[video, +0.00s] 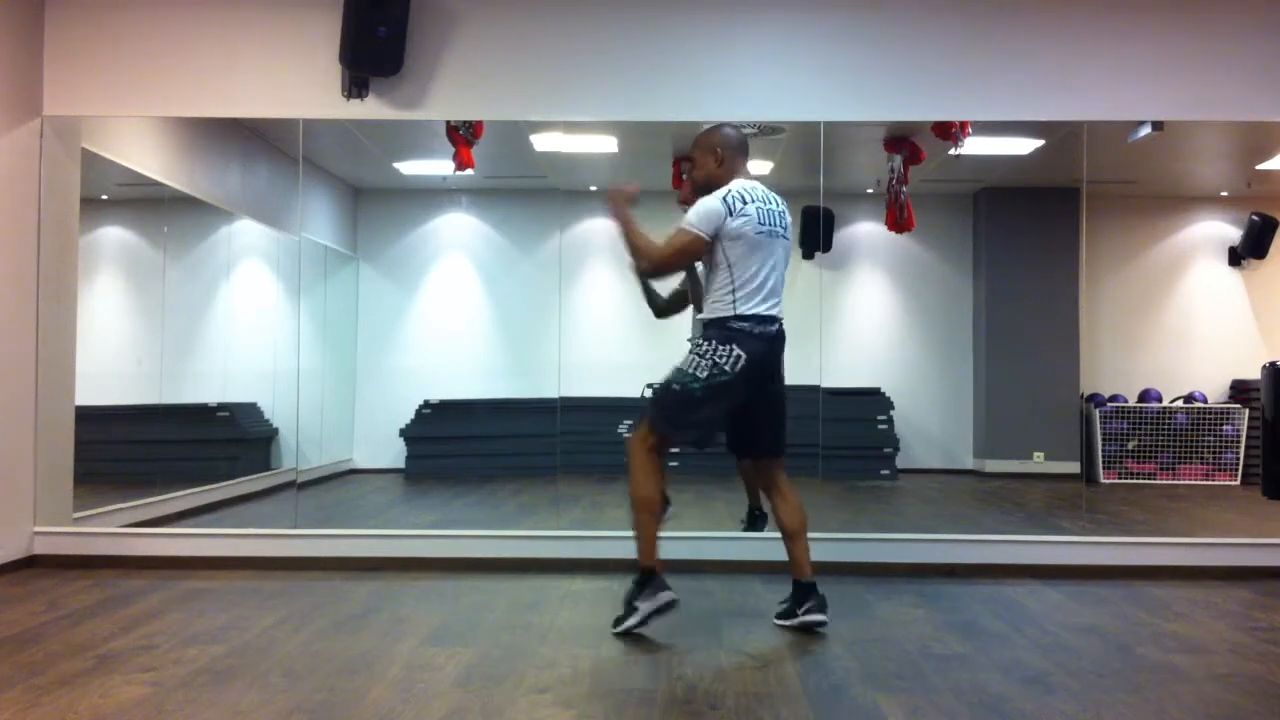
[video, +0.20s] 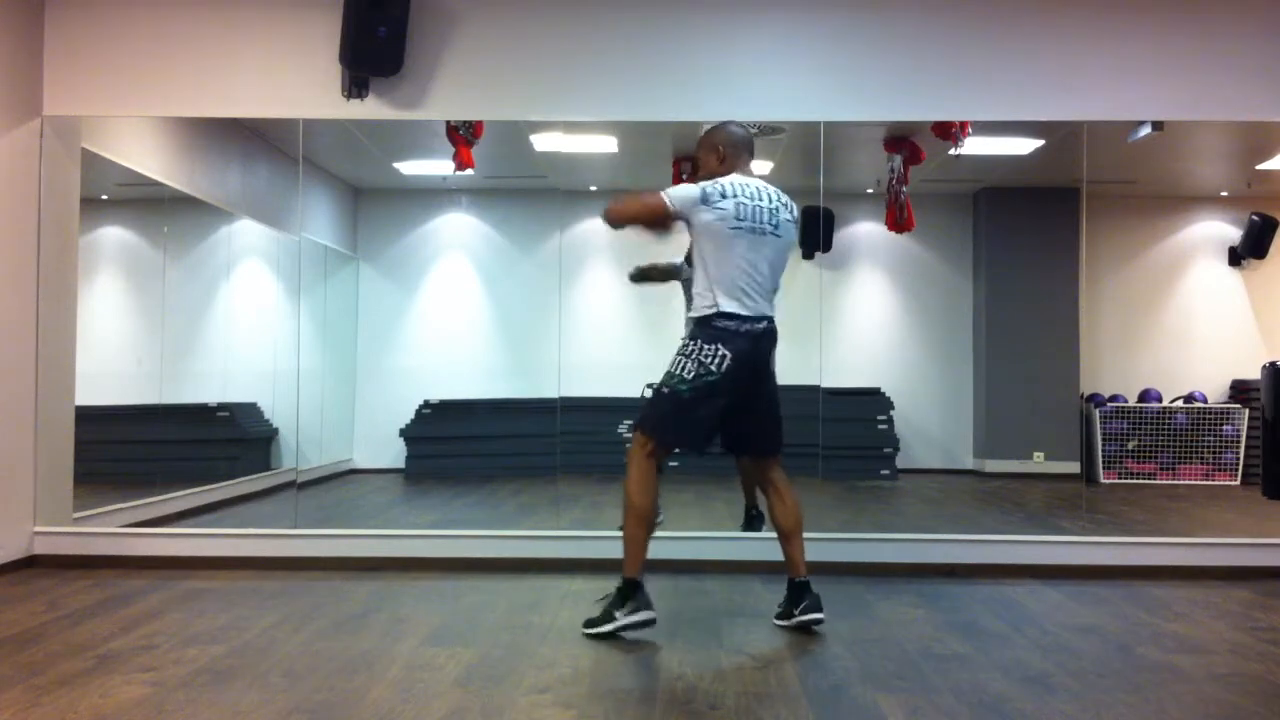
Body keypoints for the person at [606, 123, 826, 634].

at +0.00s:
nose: (692, 170)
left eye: (695, 161)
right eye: (692, 162)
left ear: (718, 157)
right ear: (739, 158)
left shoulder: (719, 202)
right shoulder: (778, 207)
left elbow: (654, 262)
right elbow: (744, 275)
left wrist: (622, 215)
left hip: (724, 347)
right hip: (768, 349)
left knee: (644, 441)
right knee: (771, 471)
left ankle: (649, 580)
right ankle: (806, 591)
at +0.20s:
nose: (697, 167)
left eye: (700, 159)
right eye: (699, 160)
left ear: (718, 156)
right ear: (746, 156)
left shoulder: (705, 193)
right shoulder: (785, 205)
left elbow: (615, 212)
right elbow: (752, 262)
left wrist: (653, 213)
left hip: (712, 343)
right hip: (760, 348)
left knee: (645, 448)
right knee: (767, 469)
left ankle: (631, 591)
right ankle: (801, 590)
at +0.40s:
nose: (680, 171)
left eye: (683, 161)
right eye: (680, 163)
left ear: (705, 157)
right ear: (727, 158)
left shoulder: (697, 196)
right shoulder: (764, 210)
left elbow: (617, 235)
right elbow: (729, 264)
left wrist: (637, 204)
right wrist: (674, 274)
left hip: (702, 346)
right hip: (740, 348)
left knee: (640, 459)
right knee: (747, 471)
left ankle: (634, 602)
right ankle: (794, 585)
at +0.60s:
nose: (668, 169)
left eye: (675, 160)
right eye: (668, 159)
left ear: (705, 162)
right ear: (701, 164)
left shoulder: (731, 204)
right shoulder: (700, 207)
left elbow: (669, 265)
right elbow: (652, 272)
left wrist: (672, 197)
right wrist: (652, 205)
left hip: (712, 351)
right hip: (707, 349)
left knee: (643, 458)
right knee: (739, 475)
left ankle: (636, 603)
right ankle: (803, 588)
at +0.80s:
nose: (666, 179)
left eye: (670, 169)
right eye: (667, 170)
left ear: (691, 166)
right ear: (715, 164)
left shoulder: (695, 205)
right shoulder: (751, 213)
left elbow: (638, 270)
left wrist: (655, 209)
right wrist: (671, 289)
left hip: (706, 355)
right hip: (744, 355)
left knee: (629, 463)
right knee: (753, 478)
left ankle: (624, 602)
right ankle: (807, 594)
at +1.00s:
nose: (639, 190)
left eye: (644, 179)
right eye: (639, 180)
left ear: (675, 178)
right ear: (679, 178)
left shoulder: (703, 216)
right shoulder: (693, 224)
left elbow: (659, 287)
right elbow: (666, 322)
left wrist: (644, 227)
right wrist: (649, 239)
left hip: (717, 361)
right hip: (729, 362)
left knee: (636, 462)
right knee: (742, 484)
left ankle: (621, 605)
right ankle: (809, 593)